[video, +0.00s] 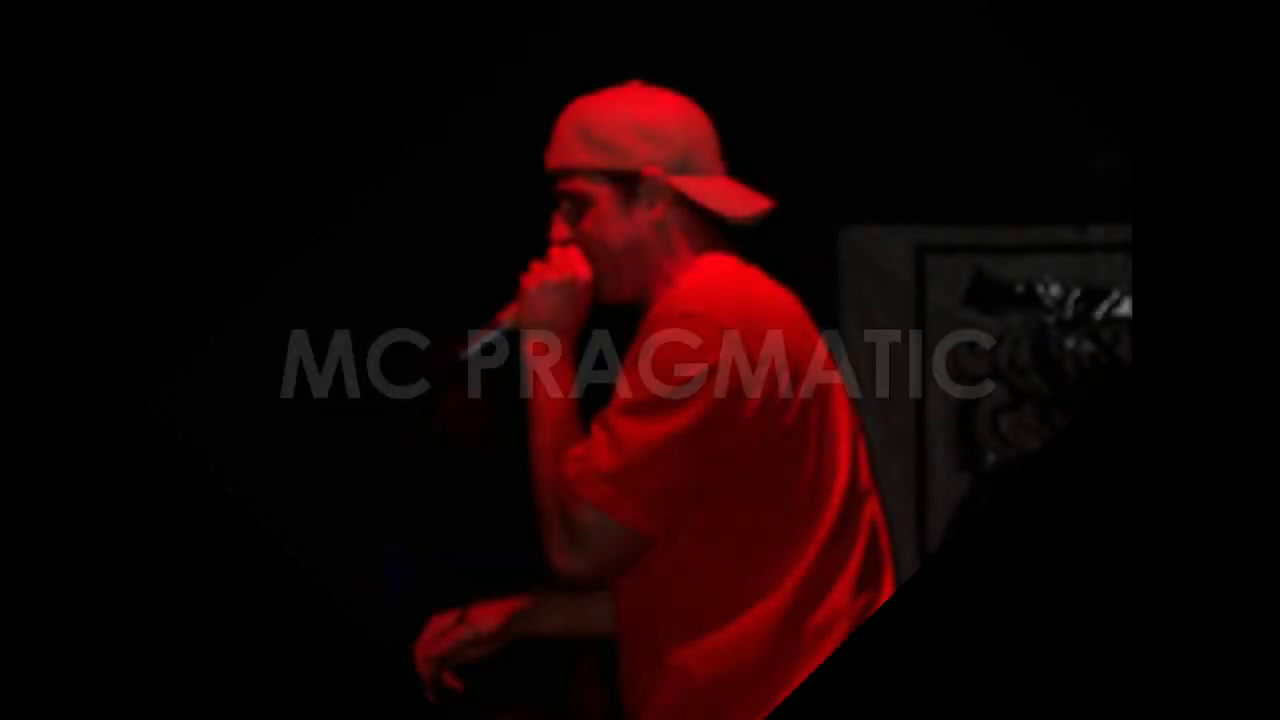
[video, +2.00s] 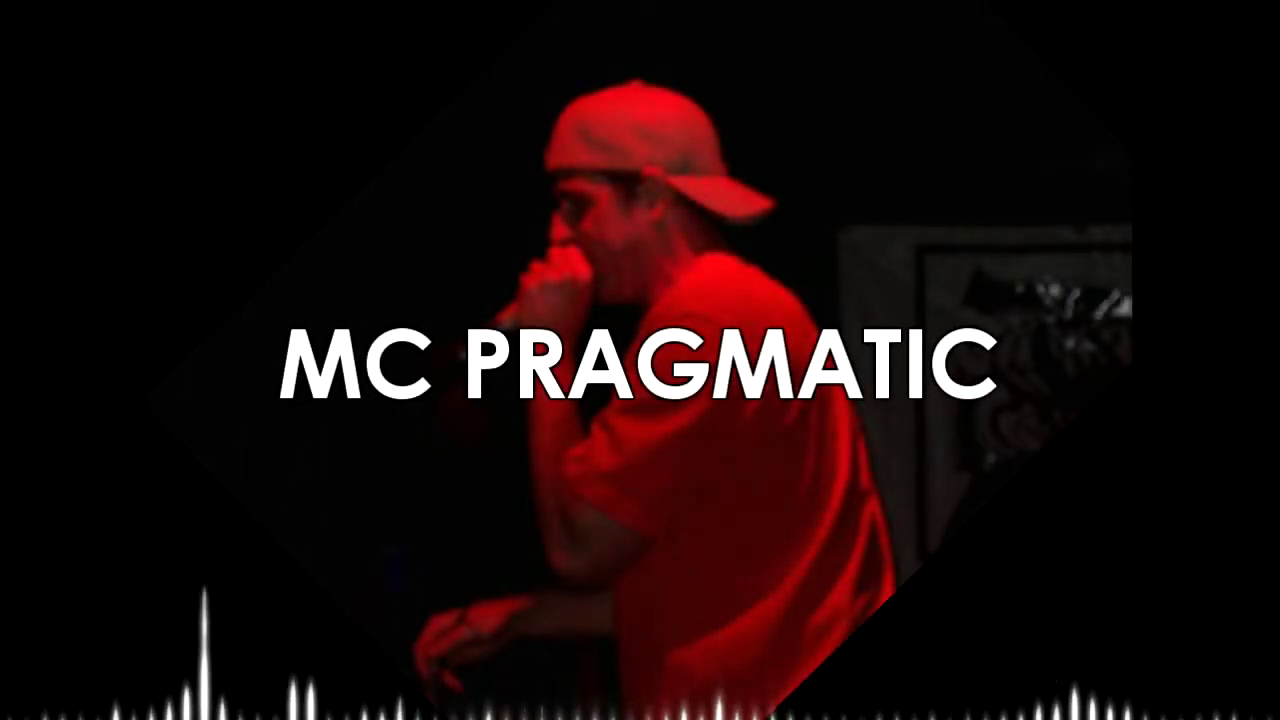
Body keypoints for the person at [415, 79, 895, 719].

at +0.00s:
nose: (559, 234)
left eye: (576, 206)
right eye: (559, 209)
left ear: (653, 200)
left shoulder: (705, 315)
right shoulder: (750, 305)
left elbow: (578, 543)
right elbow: (702, 576)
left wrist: (545, 346)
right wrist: (521, 621)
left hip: (732, 697)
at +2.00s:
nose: (559, 233)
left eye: (576, 206)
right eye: (559, 209)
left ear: (653, 200)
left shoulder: (707, 313)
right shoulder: (743, 304)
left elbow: (578, 543)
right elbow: (698, 579)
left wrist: (545, 349)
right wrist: (519, 620)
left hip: (738, 704)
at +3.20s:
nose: (560, 233)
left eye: (577, 206)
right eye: (559, 209)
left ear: (653, 199)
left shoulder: (705, 314)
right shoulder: (749, 304)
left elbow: (577, 543)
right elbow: (701, 579)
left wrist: (545, 348)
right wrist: (521, 619)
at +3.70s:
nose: (560, 234)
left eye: (577, 207)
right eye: (560, 209)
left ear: (653, 198)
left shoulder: (706, 313)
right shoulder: (745, 303)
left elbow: (577, 544)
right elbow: (699, 581)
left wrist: (545, 347)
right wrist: (519, 619)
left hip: (741, 705)